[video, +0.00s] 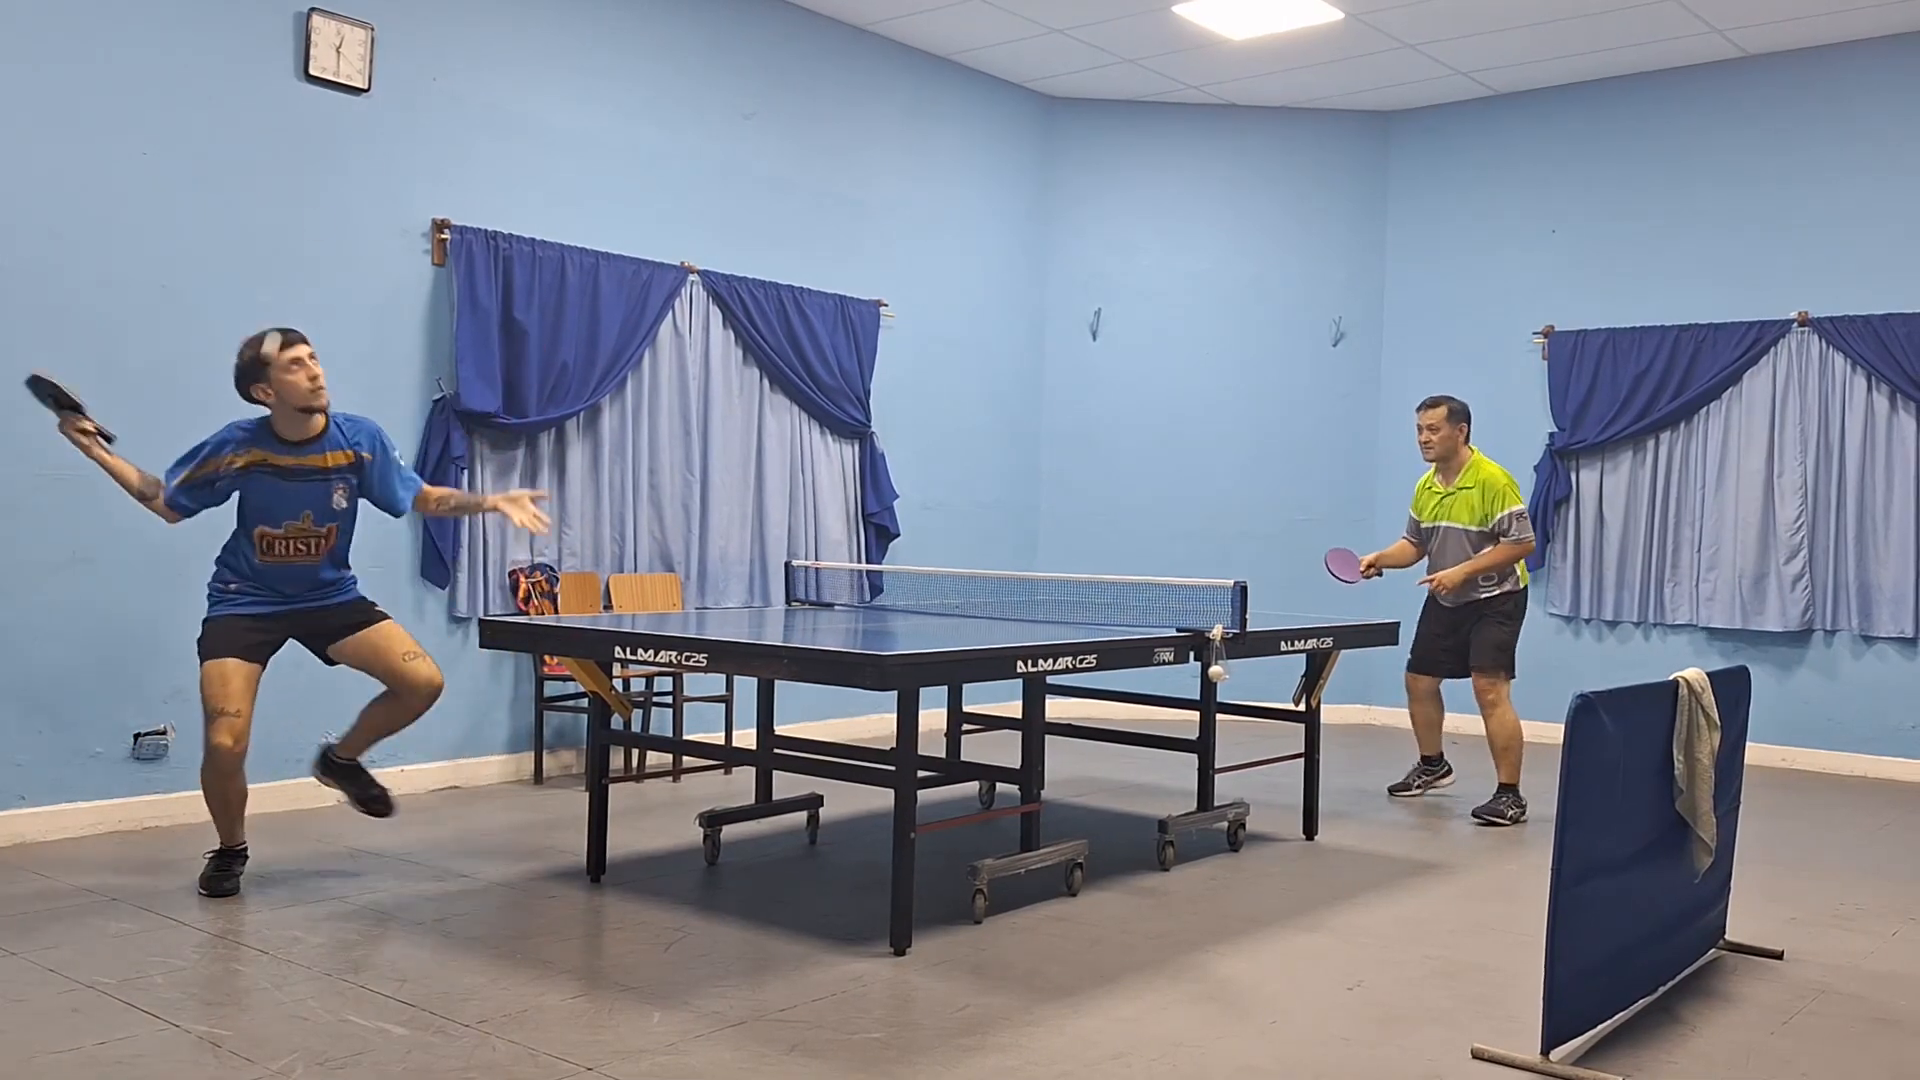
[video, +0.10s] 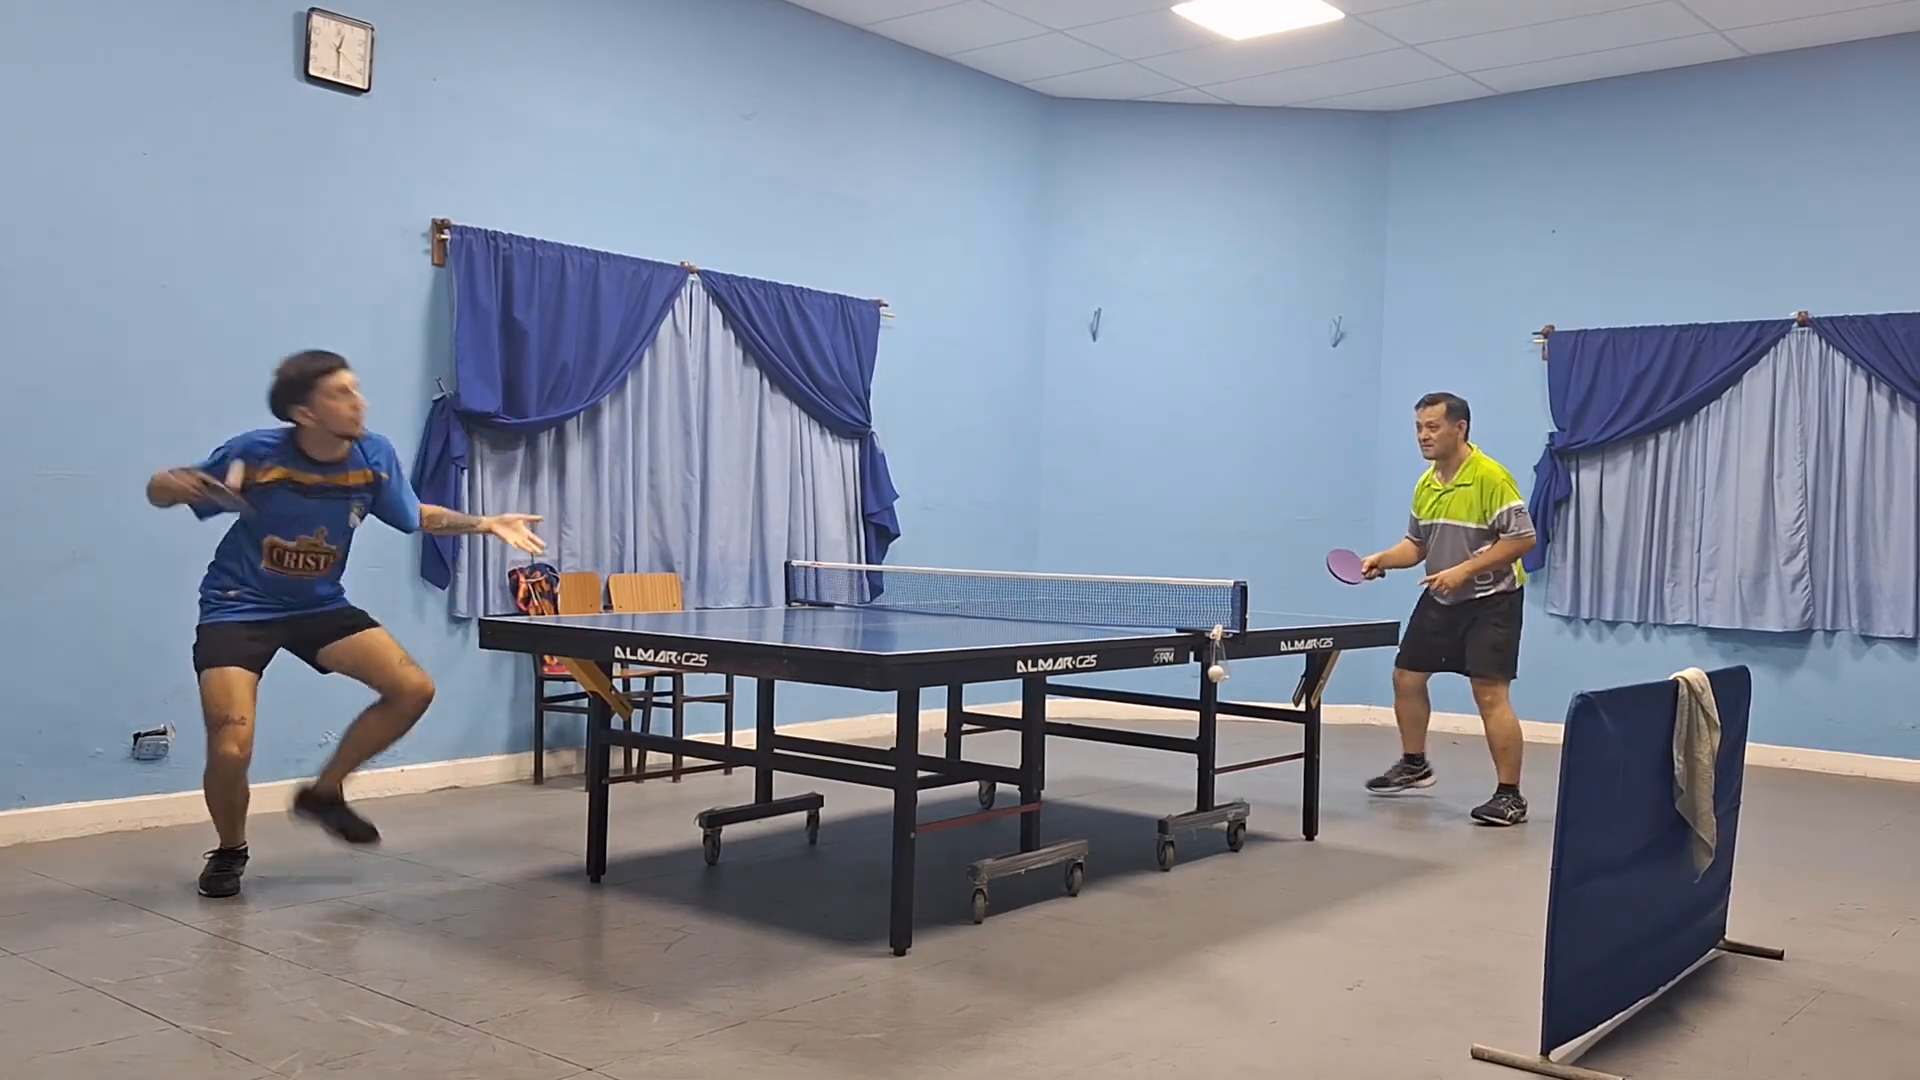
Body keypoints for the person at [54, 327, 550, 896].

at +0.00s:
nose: (314, 369)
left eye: (313, 358)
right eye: (295, 364)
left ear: (321, 370)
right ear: (262, 390)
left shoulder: (359, 439)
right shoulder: (238, 445)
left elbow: (419, 497)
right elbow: (169, 502)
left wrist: (492, 502)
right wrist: (100, 451)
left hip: (328, 594)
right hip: (245, 598)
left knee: (422, 682)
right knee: (224, 741)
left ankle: (342, 759)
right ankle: (230, 851)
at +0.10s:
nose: (359, 401)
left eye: (357, 390)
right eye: (343, 395)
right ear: (305, 413)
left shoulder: (375, 457)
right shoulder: (255, 454)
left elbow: (412, 515)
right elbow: (158, 491)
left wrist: (485, 523)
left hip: (318, 606)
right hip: (238, 607)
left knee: (412, 689)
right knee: (231, 746)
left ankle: (324, 793)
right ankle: (229, 850)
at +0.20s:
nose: (432, 450)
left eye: (431, 438)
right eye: (421, 439)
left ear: (382, 445)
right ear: (377, 444)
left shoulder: (391, 490)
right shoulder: (300, 462)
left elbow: (405, 523)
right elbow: (180, 477)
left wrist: (476, 539)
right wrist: (261, 534)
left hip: (305, 613)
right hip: (227, 611)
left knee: (390, 709)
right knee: (239, 750)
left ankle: (342, 848)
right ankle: (230, 852)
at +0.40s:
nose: (481, 452)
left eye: (483, 439)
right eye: (478, 439)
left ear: (442, 438)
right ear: (446, 438)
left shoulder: (389, 483)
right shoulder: (361, 458)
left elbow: (338, 529)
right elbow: (272, 479)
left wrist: (405, 553)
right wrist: (310, 572)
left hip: (305, 605)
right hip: (243, 605)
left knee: (389, 709)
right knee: (292, 746)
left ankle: (342, 850)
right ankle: (206, 820)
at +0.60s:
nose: (474, 408)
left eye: (475, 396)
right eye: (471, 396)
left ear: (434, 395)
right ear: (443, 396)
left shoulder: (389, 441)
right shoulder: (381, 427)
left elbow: (317, 499)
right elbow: (314, 465)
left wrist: (377, 530)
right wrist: (355, 559)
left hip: (275, 566)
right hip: (249, 564)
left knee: (343, 697)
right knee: (326, 714)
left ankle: (312, 843)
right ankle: (214, 862)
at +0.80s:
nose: (450, 433)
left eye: (449, 422)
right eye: (445, 422)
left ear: (390, 428)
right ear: (420, 427)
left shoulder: (339, 468)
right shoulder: (375, 477)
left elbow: (300, 555)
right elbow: (343, 546)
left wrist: (376, 560)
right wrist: (437, 593)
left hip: (224, 623)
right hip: (258, 630)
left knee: (311, 748)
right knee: (360, 772)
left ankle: (236, 857)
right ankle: (273, 943)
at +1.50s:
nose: (439, 469)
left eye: (443, 455)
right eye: (439, 454)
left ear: (377, 443)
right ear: (412, 449)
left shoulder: (307, 472)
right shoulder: (362, 502)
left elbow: (375, 557)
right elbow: (424, 608)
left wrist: (465, 570)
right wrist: (502, 601)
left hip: (161, 638)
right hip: (211, 642)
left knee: (258, 746)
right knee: (380, 764)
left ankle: (178, 894)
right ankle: (327, 960)